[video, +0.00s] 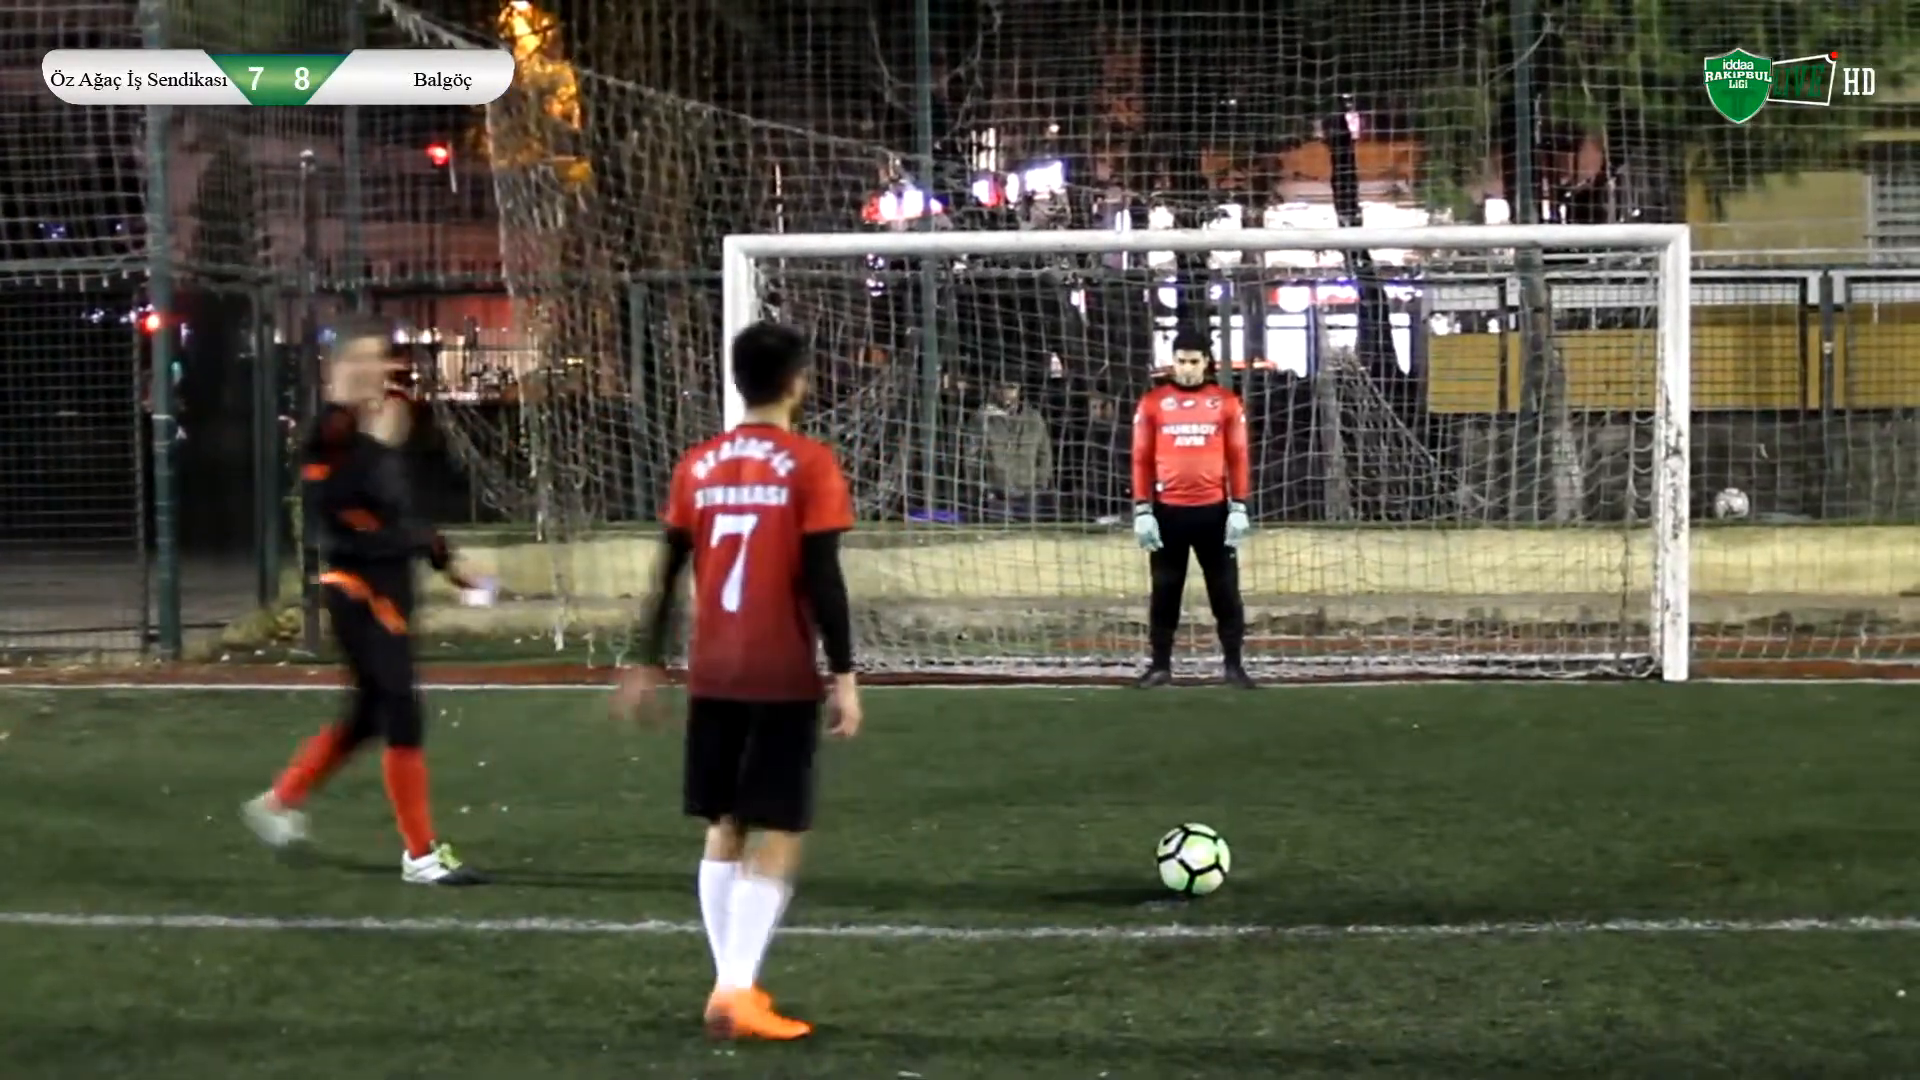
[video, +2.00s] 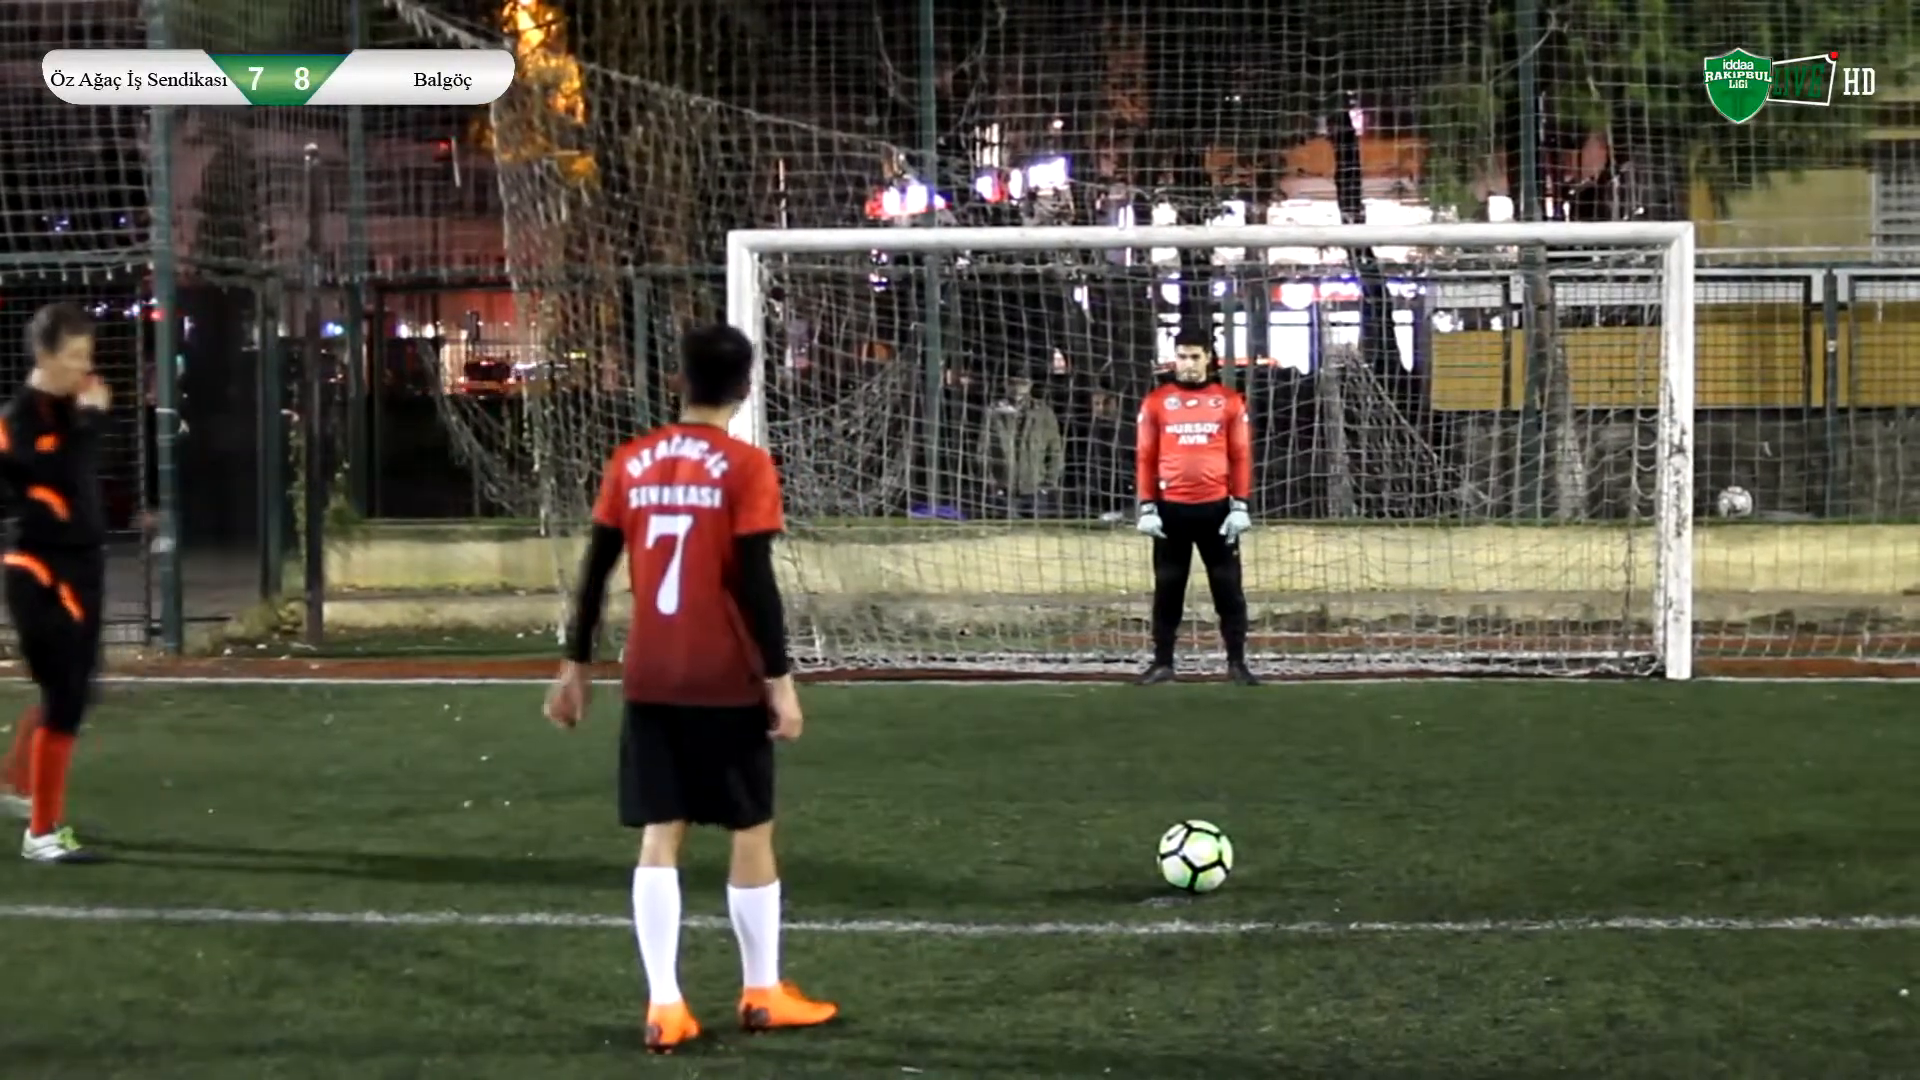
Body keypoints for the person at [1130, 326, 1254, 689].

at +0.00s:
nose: (1187, 368)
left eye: (1194, 361)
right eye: (1181, 361)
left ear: (1207, 363)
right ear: (1172, 364)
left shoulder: (1227, 402)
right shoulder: (1152, 403)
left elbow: (1238, 456)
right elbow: (1141, 458)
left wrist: (1239, 504)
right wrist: (1142, 508)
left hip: (1214, 509)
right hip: (1167, 510)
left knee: (1225, 593)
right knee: (1164, 592)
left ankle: (1233, 664)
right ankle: (1160, 665)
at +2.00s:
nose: (1188, 364)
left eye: (1195, 357)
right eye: (1182, 357)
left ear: (1209, 359)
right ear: (1174, 359)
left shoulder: (1230, 402)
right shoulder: (1155, 402)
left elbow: (1241, 455)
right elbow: (1145, 456)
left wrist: (1240, 503)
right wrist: (1147, 505)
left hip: (1216, 507)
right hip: (1170, 508)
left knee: (1228, 589)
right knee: (1167, 589)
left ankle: (1237, 662)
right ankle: (1163, 661)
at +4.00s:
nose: (1205, 381)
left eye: (1212, 374)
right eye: (1198, 374)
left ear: (1223, 375)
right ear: (1187, 375)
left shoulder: (1243, 415)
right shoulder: (1168, 415)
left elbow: (1252, 472)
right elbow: (1158, 472)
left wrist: (1253, 521)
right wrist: (1157, 523)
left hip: (1231, 516)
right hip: (1185, 516)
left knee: (1255, 589)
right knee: (1167, 593)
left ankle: (1256, 660)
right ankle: (1159, 664)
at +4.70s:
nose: (1205, 433)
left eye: (1212, 425)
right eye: (1198, 425)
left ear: (1225, 427)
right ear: (1189, 428)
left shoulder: (1250, 458)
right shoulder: (1179, 461)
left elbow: (1279, 500)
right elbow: (1148, 496)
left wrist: (1309, 540)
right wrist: (1112, 524)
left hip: (1246, 546)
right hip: (1199, 546)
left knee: (1270, 593)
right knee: (1160, 602)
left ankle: (1235, 657)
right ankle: (1114, 674)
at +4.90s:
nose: (1217, 488)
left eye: (1224, 479)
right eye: (1210, 480)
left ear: (1237, 482)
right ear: (1199, 484)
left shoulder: (1255, 512)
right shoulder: (1188, 512)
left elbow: (1283, 539)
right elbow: (1157, 543)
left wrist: (1300, 564)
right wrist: (1123, 566)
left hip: (1247, 585)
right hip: (1201, 581)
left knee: (1278, 608)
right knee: (1154, 620)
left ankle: (1248, 680)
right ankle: (1104, 681)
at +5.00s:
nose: (1235, 495)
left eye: (1245, 488)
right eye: (1229, 486)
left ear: (1259, 495)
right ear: (1219, 489)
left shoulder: (1270, 524)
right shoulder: (1203, 520)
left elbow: (1296, 555)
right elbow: (1179, 548)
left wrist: (1313, 576)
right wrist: (1149, 564)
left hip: (1254, 601)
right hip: (1209, 595)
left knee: (1283, 631)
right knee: (1155, 627)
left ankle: (1240, 692)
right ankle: (1098, 687)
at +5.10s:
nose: (1282, 498)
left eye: (1291, 491)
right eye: (1275, 490)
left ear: (1303, 497)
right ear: (1262, 493)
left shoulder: (1314, 530)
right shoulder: (1242, 525)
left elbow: (1333, 585)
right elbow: (1199, 562)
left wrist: (1340, 568)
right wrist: (1222, 564)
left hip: (1272, 616)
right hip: (1229, 608)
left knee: (1300, 639)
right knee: (1180, 642)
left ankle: (1238, 694)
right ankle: (1112, 674)